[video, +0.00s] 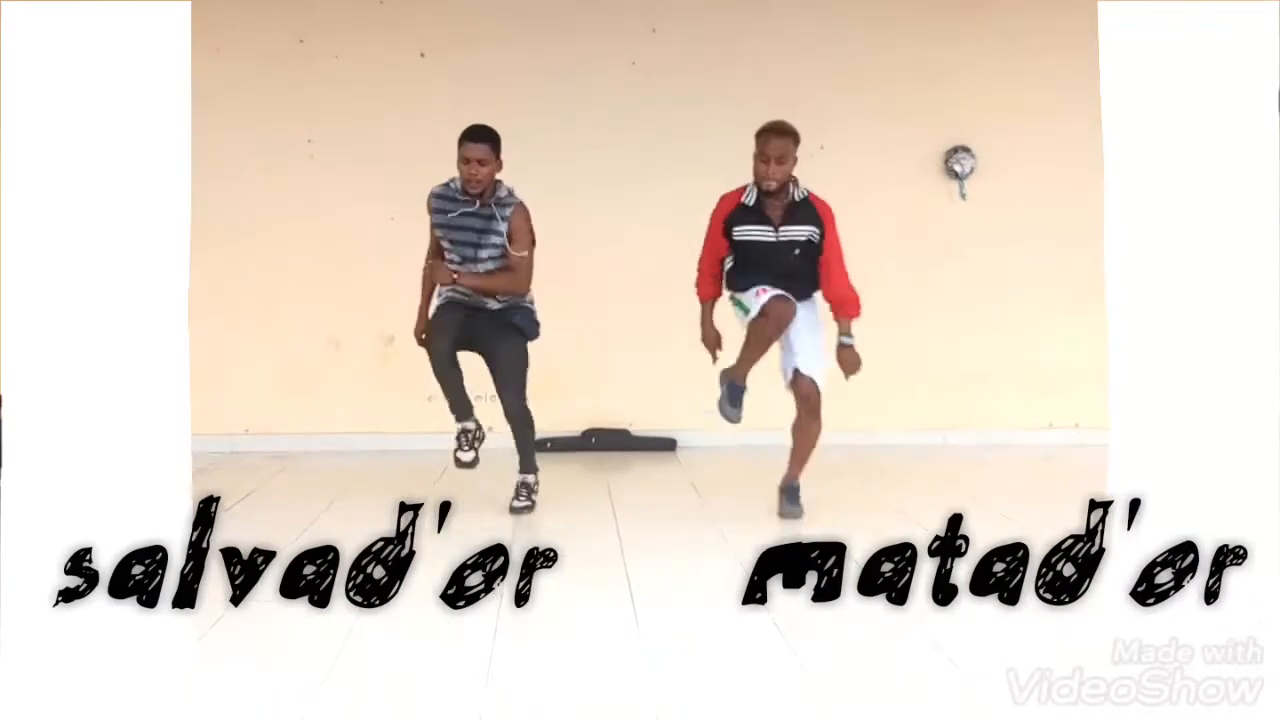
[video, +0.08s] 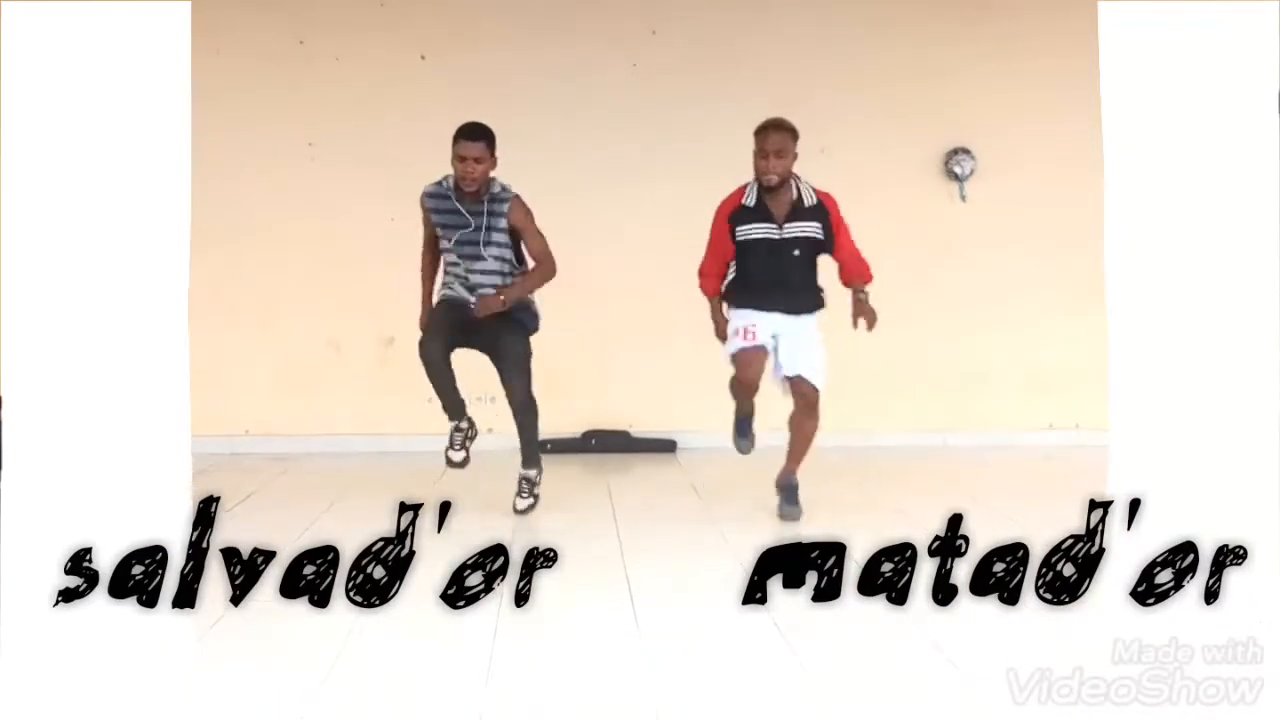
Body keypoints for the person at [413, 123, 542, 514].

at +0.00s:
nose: (473, 170)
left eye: (482, 163)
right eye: (467, 162)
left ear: (498, 165)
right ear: (458, 162)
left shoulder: (514, 211)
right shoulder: (440, 200)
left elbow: (521, 283)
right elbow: (434, 255)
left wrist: (461, 278)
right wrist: (423, 312)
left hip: (503, 311)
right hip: (457, 304)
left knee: (512, 400)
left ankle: (528, 474)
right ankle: (467, 424)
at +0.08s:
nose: (469, 169)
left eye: (478, 161)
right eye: (462, 160)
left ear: (493, 161)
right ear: (451, 158)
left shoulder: (510, 206)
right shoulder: (433, 199)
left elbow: (546, 266)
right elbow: (431, 249)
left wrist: (505, 297)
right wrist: (427, 305)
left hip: (503, 307)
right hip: (456, 303)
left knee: (516, 384)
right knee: (430, 347)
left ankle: (530, 468)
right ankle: (460, 424)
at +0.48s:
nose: (491, 167)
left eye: (501, 160)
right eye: (484, 158)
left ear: (515, 162)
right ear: (473, 156)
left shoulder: (529, 210)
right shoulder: (452, 198)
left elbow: (537, 278)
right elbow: (448, 253)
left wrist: (475, 278)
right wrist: (432, 307)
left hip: (507, 315)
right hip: (457, 310)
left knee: (509, 400)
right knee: (441, 373)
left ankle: (497, 499)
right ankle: (509, 394)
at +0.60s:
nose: (500, 173)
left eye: (510, 165)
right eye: (493, 163)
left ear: (522, 169)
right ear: (480, 163)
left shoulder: (536, 215)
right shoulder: (454, 204)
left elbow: (554, 280)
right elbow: (443, 256)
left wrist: (497, 305)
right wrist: (428, 315)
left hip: (506, 328)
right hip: (453, 322)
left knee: (506, 421)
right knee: (435, 413)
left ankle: (496, 515)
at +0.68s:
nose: (503, 180)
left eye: (513, 173)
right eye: (495, 171)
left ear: (527, 175)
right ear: (484, 171)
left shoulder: (542, 225)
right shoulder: (458, 216)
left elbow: (570, 289)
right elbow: (443, 270)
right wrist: (412, 324)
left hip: (510, 346)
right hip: (456, 339)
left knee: (516, 434)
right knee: (432, 426)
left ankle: (496, 523)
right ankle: (408, 503)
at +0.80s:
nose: (490, 189)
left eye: (500, 181)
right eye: (483, 180)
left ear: (519, 182)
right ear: (475, 178)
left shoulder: (536, 223)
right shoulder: (462, 211)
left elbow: (550, 290)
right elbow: (427, 236)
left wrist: (573, 250)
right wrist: (365, 217)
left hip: (503, 351)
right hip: (446, 343)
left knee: (507, 435)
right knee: (396, 405)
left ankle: (498, 524)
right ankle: (366, 472)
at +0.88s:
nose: (489, 194)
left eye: (498, 187)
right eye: (482, 185)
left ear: (516, 186)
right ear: (474, 182)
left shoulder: (530, 224)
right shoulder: (461, 205)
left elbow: (526, 284)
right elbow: (407, 208)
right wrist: (375, 156)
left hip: (506, 350)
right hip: (453, 340)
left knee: (507, 430)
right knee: (392, 381)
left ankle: (501, 523)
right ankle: (349, 444)